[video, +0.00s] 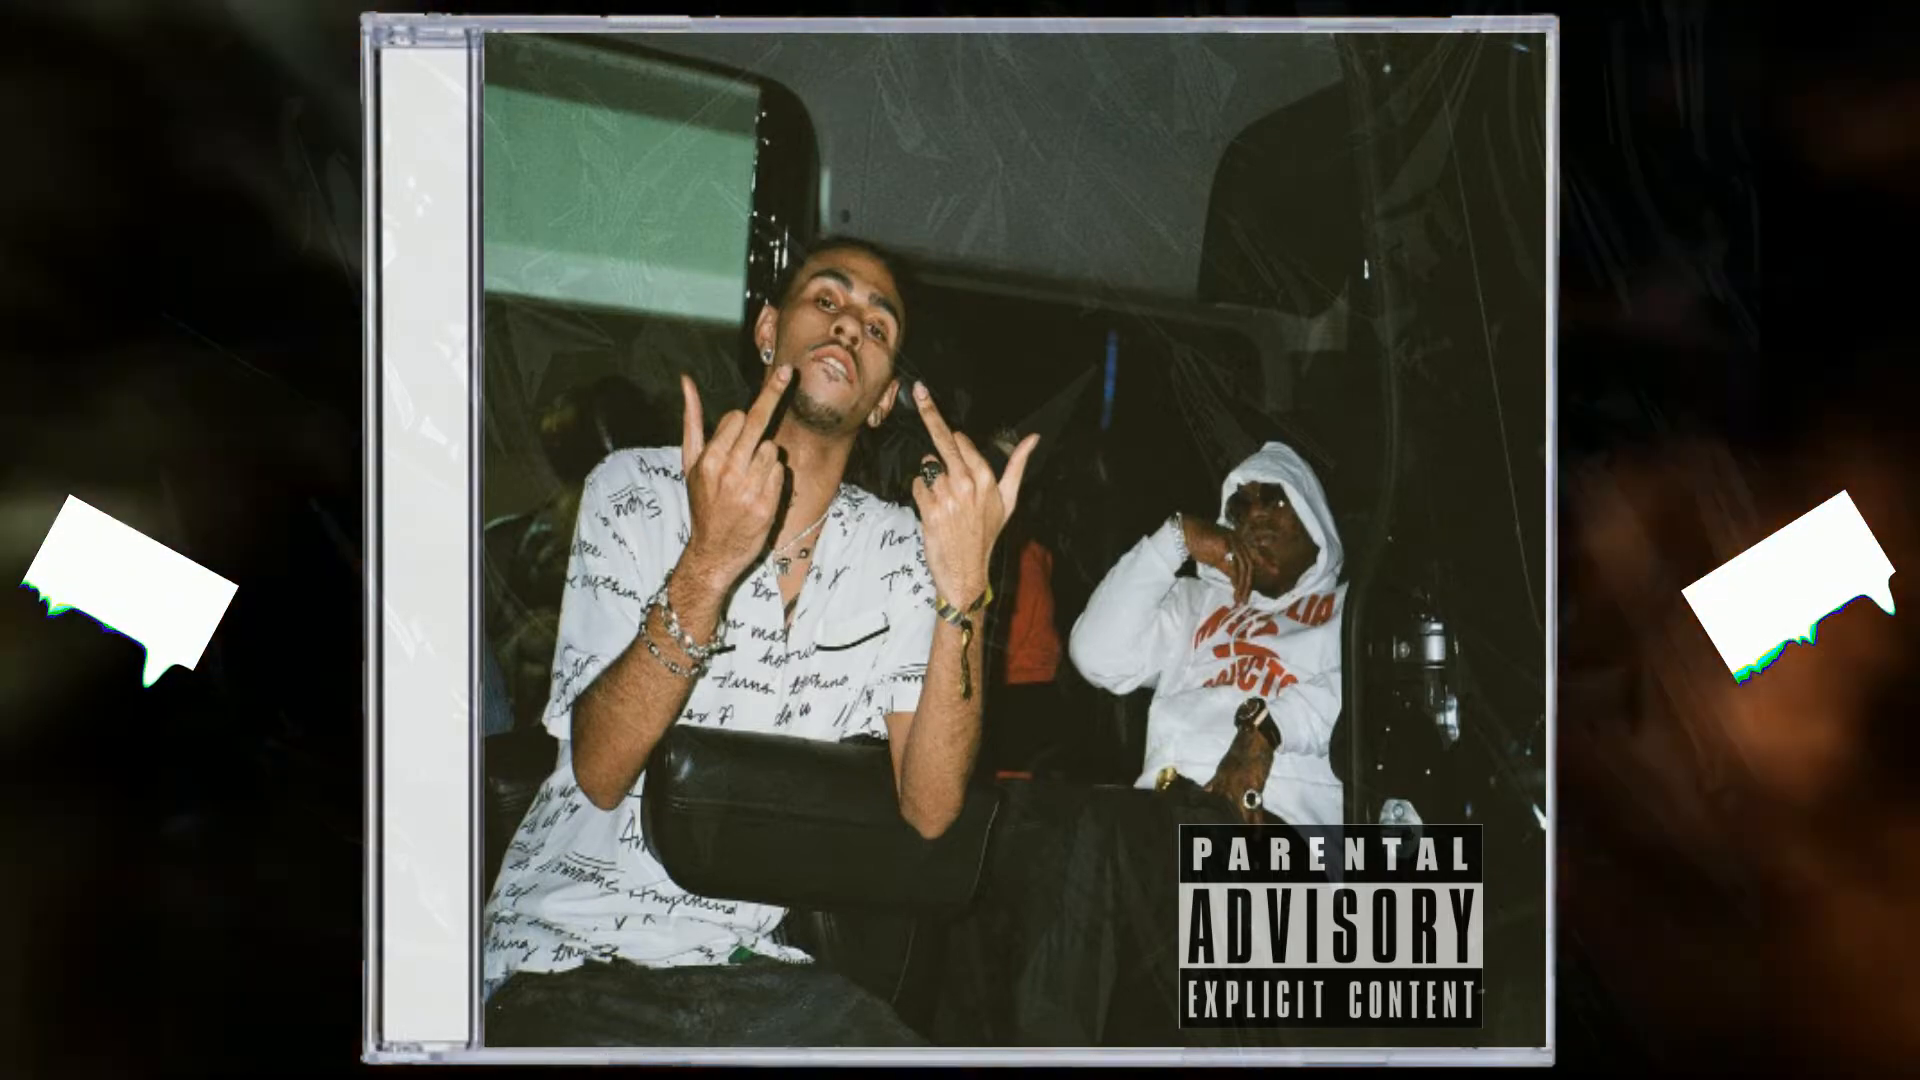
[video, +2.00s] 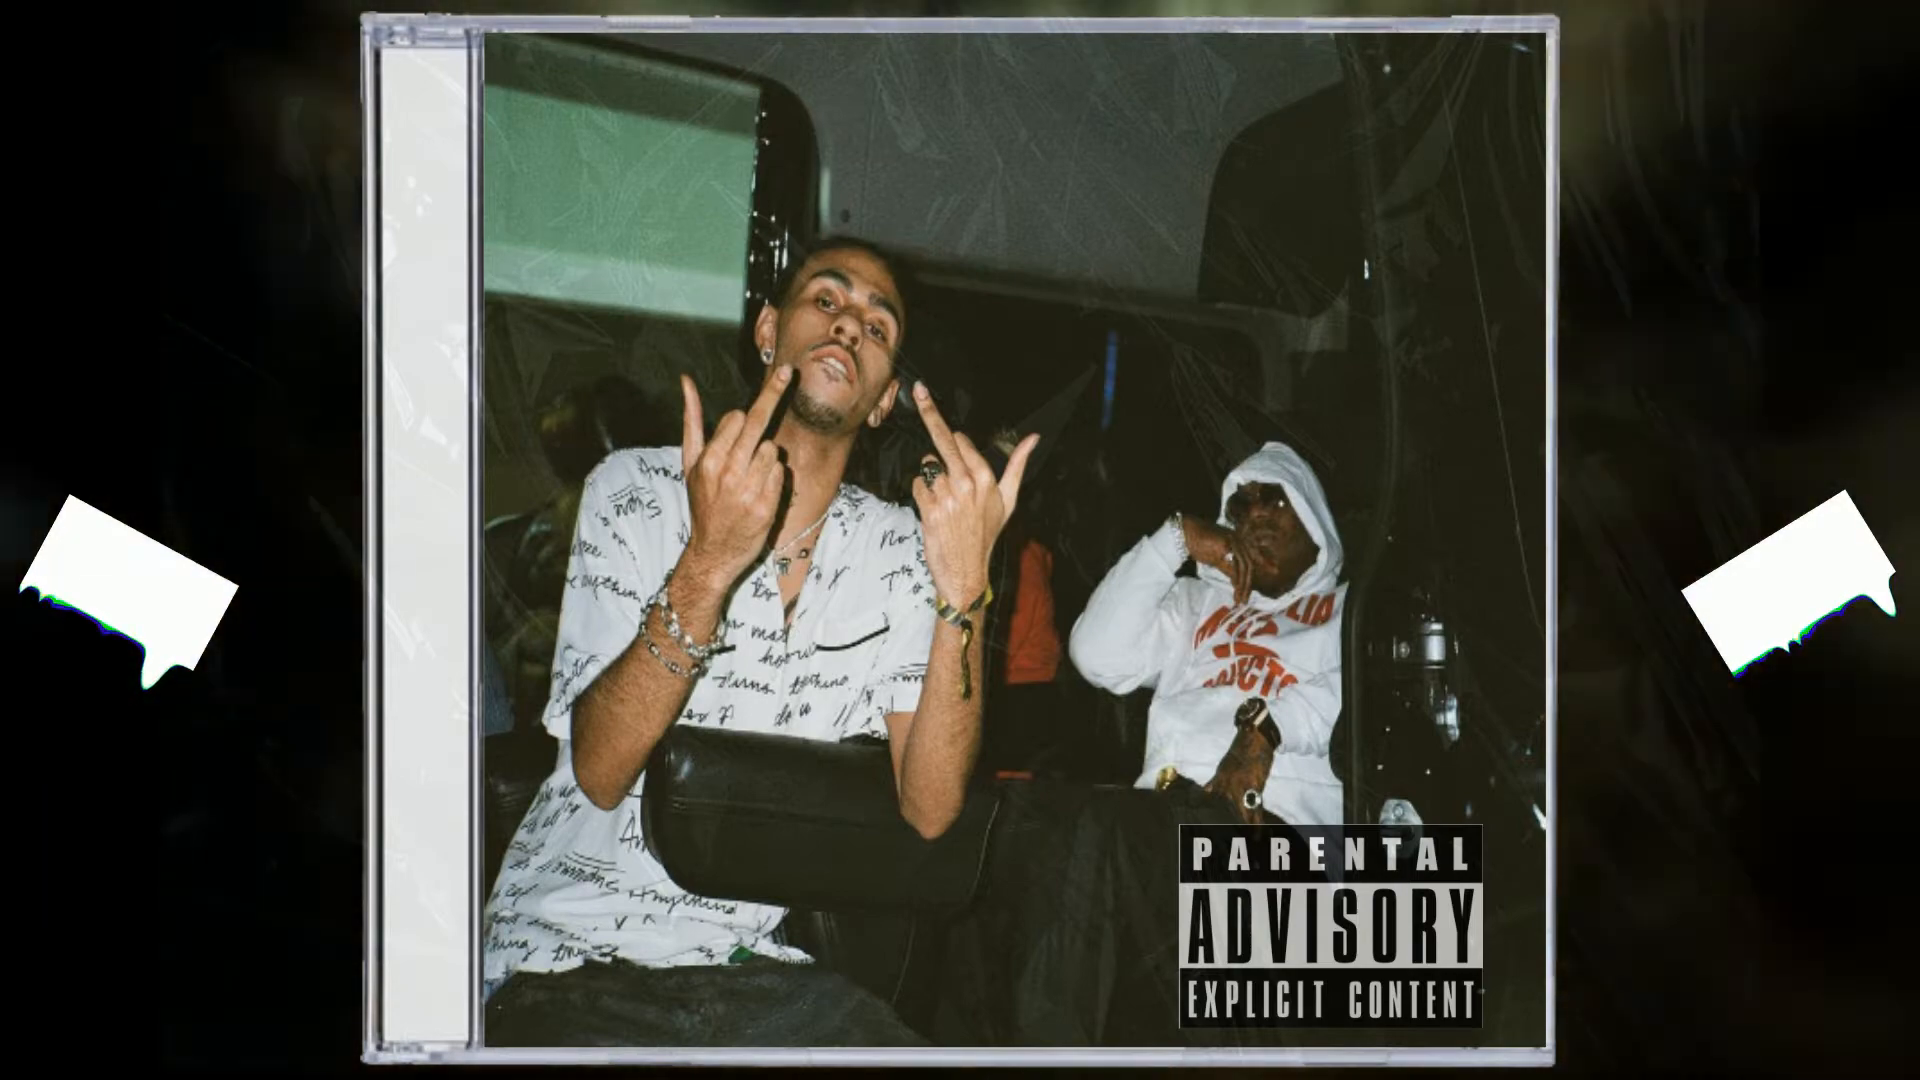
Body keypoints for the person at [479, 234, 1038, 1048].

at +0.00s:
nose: (852, 323)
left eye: (878, 323)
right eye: (826, 299)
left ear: (886, 396)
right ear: (766, 332)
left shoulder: (902, 550)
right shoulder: (638, 490)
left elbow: (930, 809)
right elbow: (601, 770)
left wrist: (965, 593)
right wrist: (709, 564)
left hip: (754, 956)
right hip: (568, 943)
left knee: (905, 1060)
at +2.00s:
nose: (851, 322)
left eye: (878, 323)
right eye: (826, 298)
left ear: (886, 395)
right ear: (767, 332)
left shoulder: (903, 550)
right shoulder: (638, 490)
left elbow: (931, 809)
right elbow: (601, 770)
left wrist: (965, 594)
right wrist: (710, 564)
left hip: (752, 955)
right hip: (568, 943)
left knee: (906, 1060)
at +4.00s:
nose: (851, 323)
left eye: (878, 323)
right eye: (826, 299)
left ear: (887, 395)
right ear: (767, 333)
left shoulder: (903, 550)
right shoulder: (638, 490)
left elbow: (931, 809)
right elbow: (601, 770)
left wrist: (966, 594)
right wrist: (710, 564)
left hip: (756, 957)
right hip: (570, 945)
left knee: (913, 1066)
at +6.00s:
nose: (851, 323)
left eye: (878, 323)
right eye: (826, 299)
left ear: (887, 395)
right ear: (767, 333)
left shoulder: (903, 550)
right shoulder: (638, 490)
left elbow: (931, 809)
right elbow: (601, 770)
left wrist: (966, 594)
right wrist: (710, 564)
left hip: (755, 956)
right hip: (571, 944)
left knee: (907, 1061)